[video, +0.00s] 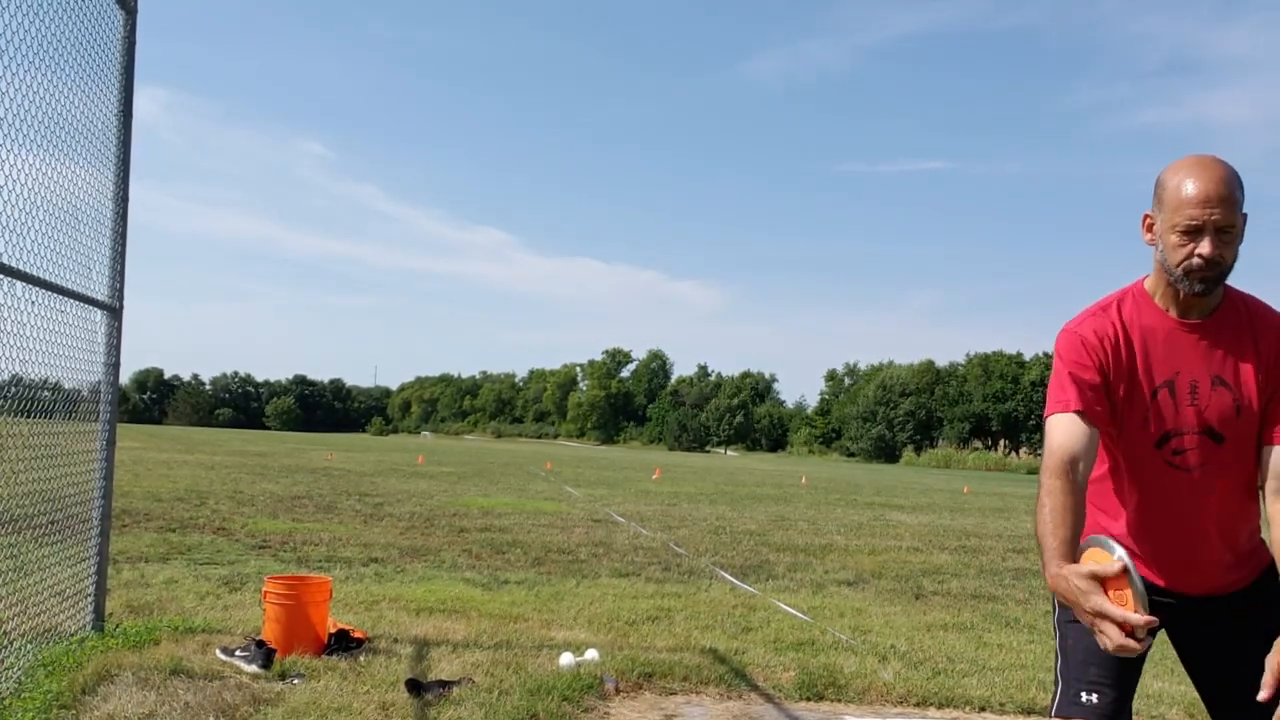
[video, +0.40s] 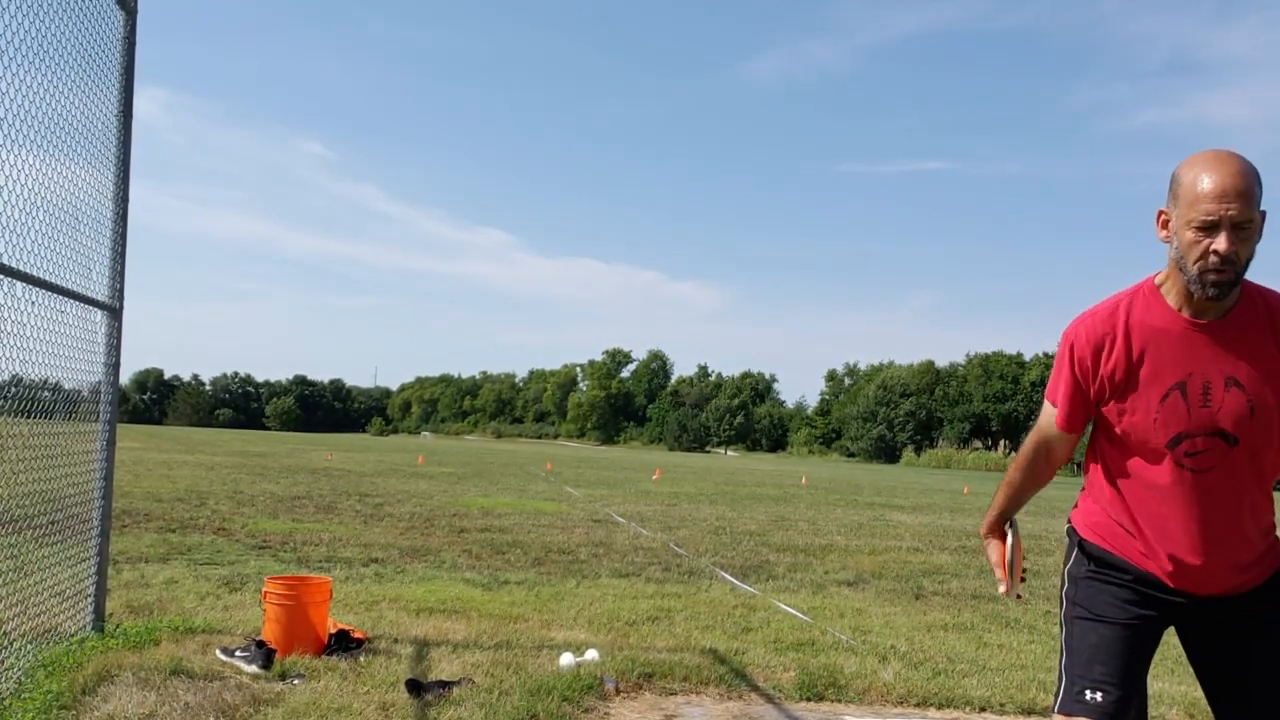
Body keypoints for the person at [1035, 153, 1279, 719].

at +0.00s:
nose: (1207, 250)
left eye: (1224, 232)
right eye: (1189, 232)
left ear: (1242, 231)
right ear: (1151, 230)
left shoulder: (1268, 334)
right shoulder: (1094, 337)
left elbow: (1274, 484)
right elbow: (1065, 467)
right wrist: (1057, 571)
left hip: (1234, 579)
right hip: (1118, 572)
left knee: (1257, 708)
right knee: (1088, 709)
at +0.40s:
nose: (1225, 247)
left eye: (1241, 228)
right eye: (1206, 228)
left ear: (1260, 228)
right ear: (1166, 226)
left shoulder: (1274, 325)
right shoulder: (1101, 334)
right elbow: (1051, 439)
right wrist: (997, 517)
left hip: (1243, 568)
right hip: (1118, 562)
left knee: (1259, 708)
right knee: (1093, 710)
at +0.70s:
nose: (1221, 251)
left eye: (1238, 232)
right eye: (1203, 232)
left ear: (1255, 233)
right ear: (1162, 230)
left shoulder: (1270, 333)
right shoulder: (1095, 342)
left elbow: (1273, 470)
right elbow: (1056, 466)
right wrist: (1010, 561)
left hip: (1240, 578)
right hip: (1116, 574)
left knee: (1260, 706)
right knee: (1098, 711)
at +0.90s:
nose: (1207, 242)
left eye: (1224, 223)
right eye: (1190, 223)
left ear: (1242, 225)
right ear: (1151, 222)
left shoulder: (1269, 331)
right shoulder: (1093, 337)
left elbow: (1274, 480)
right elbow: (1066, 485)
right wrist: (1038, 613)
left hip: (1235, 583)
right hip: (1117, 576)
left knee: (1260, 708)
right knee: (1091, 708)